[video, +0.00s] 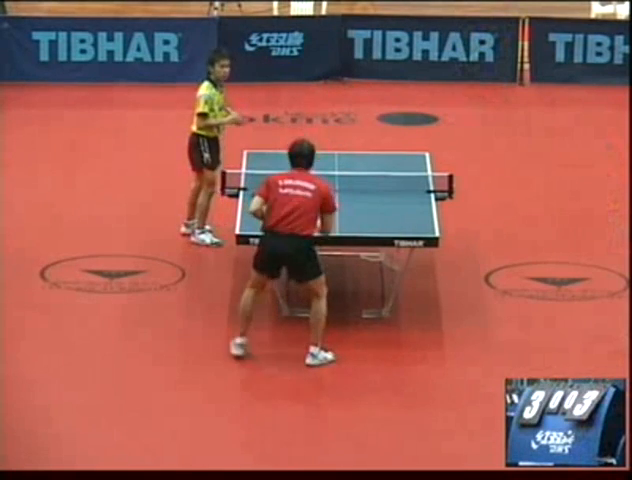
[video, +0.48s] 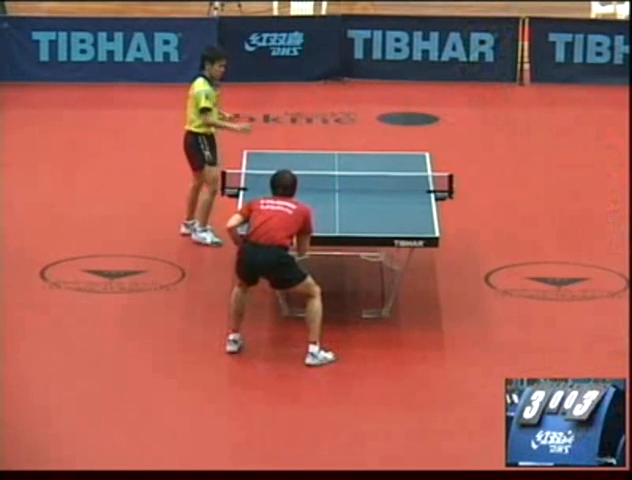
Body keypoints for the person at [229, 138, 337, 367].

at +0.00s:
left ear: (290, 159)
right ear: (312, 161)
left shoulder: (273, 181)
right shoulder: (321, 187)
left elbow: (255, 208)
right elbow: (327, 227)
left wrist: (271, 218)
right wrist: (307, 224)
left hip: (271, 240)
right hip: (301, 244)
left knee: (254, 286)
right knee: (318, 294)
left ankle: (240, 339)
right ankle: (315, 349)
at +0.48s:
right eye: (293, 187)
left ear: (272, 189)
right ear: (294, 190)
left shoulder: (256, 204)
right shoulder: (303, 212)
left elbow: (231, 226)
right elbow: (302, 250)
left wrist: (241, 244)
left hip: (249, 251)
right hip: (277, 255)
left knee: (242, 287)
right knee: (313, 293)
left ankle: (233, 337)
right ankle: (314, 349)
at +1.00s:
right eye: (294, 189)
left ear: (275, 190)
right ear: (297, 192)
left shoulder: (260, 205)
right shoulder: (307, 211)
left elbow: (239, 224)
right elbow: (305, 250)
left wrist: (244, 244)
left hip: (256, 250)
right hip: (285, 253)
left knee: (241, 287)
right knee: (314, 294)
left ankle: (228, 336)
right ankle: (315, 349)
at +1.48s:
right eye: (286, 194)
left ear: (266, 195)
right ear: (288, 197)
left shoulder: (250, 209)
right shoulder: (296, 216)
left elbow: (228, 232)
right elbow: (294, 253)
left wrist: (239, 249)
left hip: (244, 252)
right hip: (272, 255)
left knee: (235, 287)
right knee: (309, 294)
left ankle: (227, 335)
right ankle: (314, 349)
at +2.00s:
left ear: (266, 192)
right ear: (289, 194)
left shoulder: (251, 207)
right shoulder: (297, 213)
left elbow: (229, 232)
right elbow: (296, 252)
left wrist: (244, 243)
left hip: (244, 252)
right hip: (272, 254)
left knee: (236, 286)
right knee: (310, 294)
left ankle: (227, 335)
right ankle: (314, 349)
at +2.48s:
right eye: (282, 167)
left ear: (262, 170)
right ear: (285, 171)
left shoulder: (248, 190)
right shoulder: (295, 192)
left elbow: (230, 219)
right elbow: (302, 235)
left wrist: (244, 231)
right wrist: (285, 234)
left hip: (250, 242)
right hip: (280, 244)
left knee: (238, 284)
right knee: (314, 288)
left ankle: (228, 336)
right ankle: (319, 342)